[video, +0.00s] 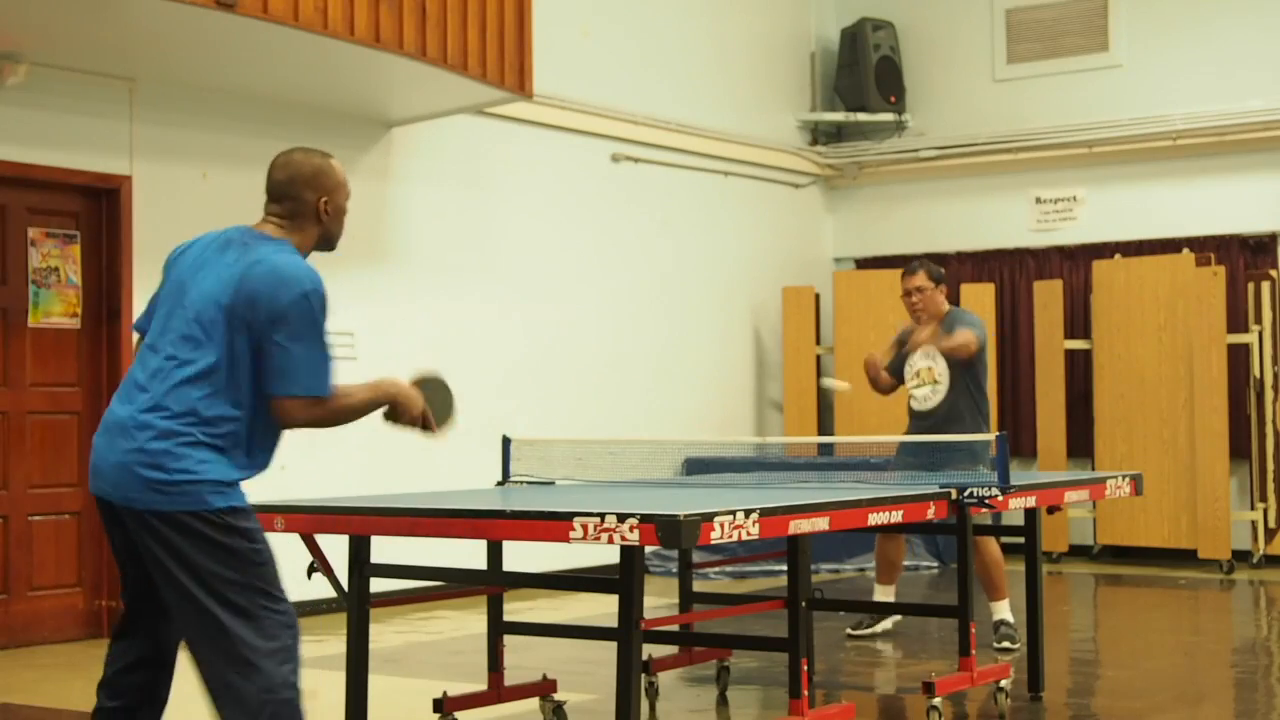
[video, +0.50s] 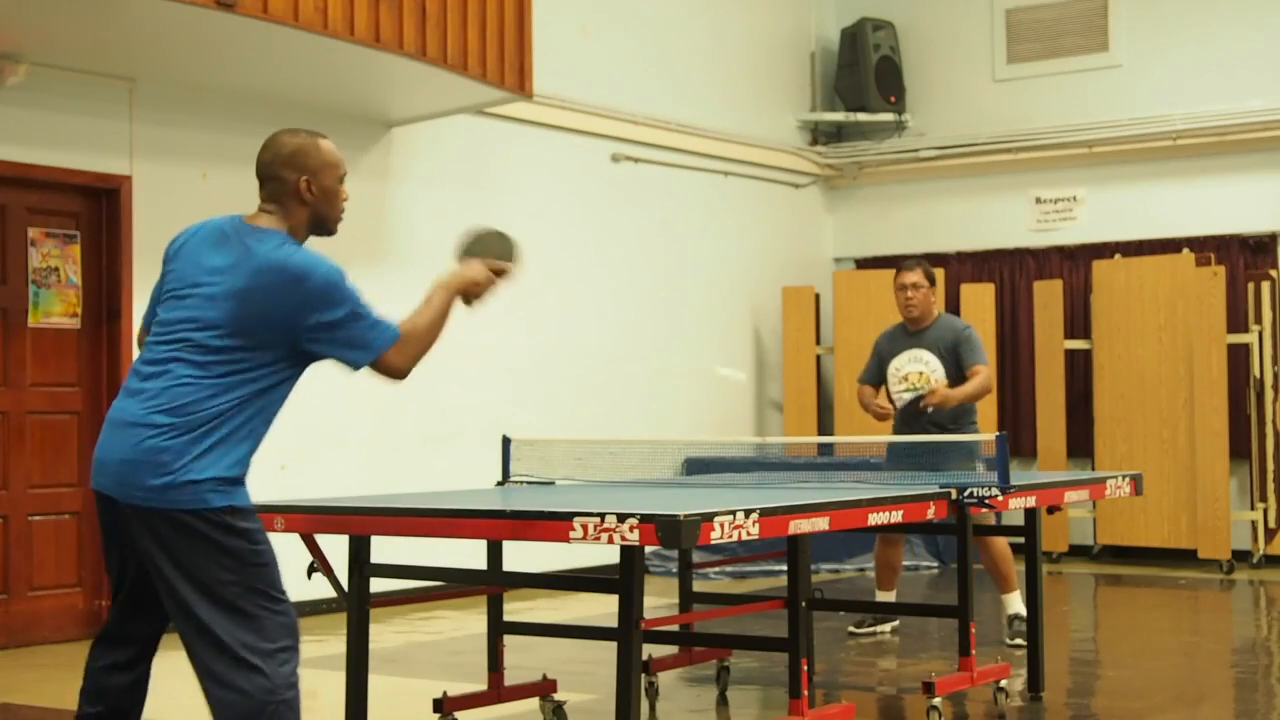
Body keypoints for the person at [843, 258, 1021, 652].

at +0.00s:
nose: (912, 300)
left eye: (919, 292)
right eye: (907, 294)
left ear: (941, 291)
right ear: (903, 298)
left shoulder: (965, 321)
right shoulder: (909, 335)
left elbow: (965, 346)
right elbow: (886, 386)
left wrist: (931, 343)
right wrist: (874, 369)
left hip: (964, 445)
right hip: (917, 445)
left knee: (977, 529)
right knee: (890, 521)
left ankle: (1003, 618)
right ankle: (884, 607)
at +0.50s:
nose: (908, 296)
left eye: (916, 288)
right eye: (901, 289)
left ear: (934, 291)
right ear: (895, 295)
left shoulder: (959, 333)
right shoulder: (888, 341)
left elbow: (984, 380)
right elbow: (866, 387)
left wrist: (951, 395)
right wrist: (872, 404)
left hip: (956, 448)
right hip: (905, 449)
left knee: (983, 525)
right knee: (890, 526)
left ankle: (1016, 613)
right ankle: (884, 612)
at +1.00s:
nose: (946, 294)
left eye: (953, 285)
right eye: (940, 289)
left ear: (972, 287)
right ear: (935, 296)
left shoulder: (992, 321)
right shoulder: (941, 331)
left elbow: (998, 346)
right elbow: (924, 375)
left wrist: (974, 316)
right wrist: (908, 370)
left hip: (982, 442)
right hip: (937, 441)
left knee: (991, 527)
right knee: (912, 516)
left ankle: (1017, 614)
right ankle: (895, 601)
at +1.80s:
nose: (943, 303)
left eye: (950, 294)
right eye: (938, 297)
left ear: (972, 294)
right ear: (935, 299)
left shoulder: (995, 327)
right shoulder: (940, 337)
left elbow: (994, 353)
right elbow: (912, 384)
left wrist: (946, 353)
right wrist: (902, 371)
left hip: (983, 447)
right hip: (937, 446)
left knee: (992, 528)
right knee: (912, 519)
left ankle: (1016, 614)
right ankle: (900, 606)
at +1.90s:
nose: (946, 292)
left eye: (954, 284)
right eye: (941, 286)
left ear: (976, 288)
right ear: (937, 292)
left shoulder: (996, 321)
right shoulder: (942, 331)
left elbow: (998, 341)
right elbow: (921, 374)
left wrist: (978, 338)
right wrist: (908, 370)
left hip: (983, 444)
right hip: (937, 443)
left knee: (993, 527)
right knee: (913, 517)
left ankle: (1017, 613)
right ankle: (899, 601)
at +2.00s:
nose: (947, 293)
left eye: (955, 285)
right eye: (942, 287)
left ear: (976, 288)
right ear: (937, 292)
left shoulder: (996, 325)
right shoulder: (940, 334)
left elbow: (1000, 354)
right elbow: (923, 374)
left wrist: (979, 349)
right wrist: (909, 378)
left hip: (982, 444)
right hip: (937, 444)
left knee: (993, 527)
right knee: (915, 519)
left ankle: (1017, 614)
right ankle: (902, 604)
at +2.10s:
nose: (946, 298)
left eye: (954, 290)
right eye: (939, 291)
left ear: (973, 294)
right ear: (933, 297)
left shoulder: (992, 334)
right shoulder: (930, 342)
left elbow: (1001, 376)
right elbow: (911, 388)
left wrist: (973, 375)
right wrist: (908, 391)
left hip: (979, 448)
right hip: (932, 448)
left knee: (989, 528)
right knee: (914, 523)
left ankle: (1016, 615)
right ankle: (906, 610)